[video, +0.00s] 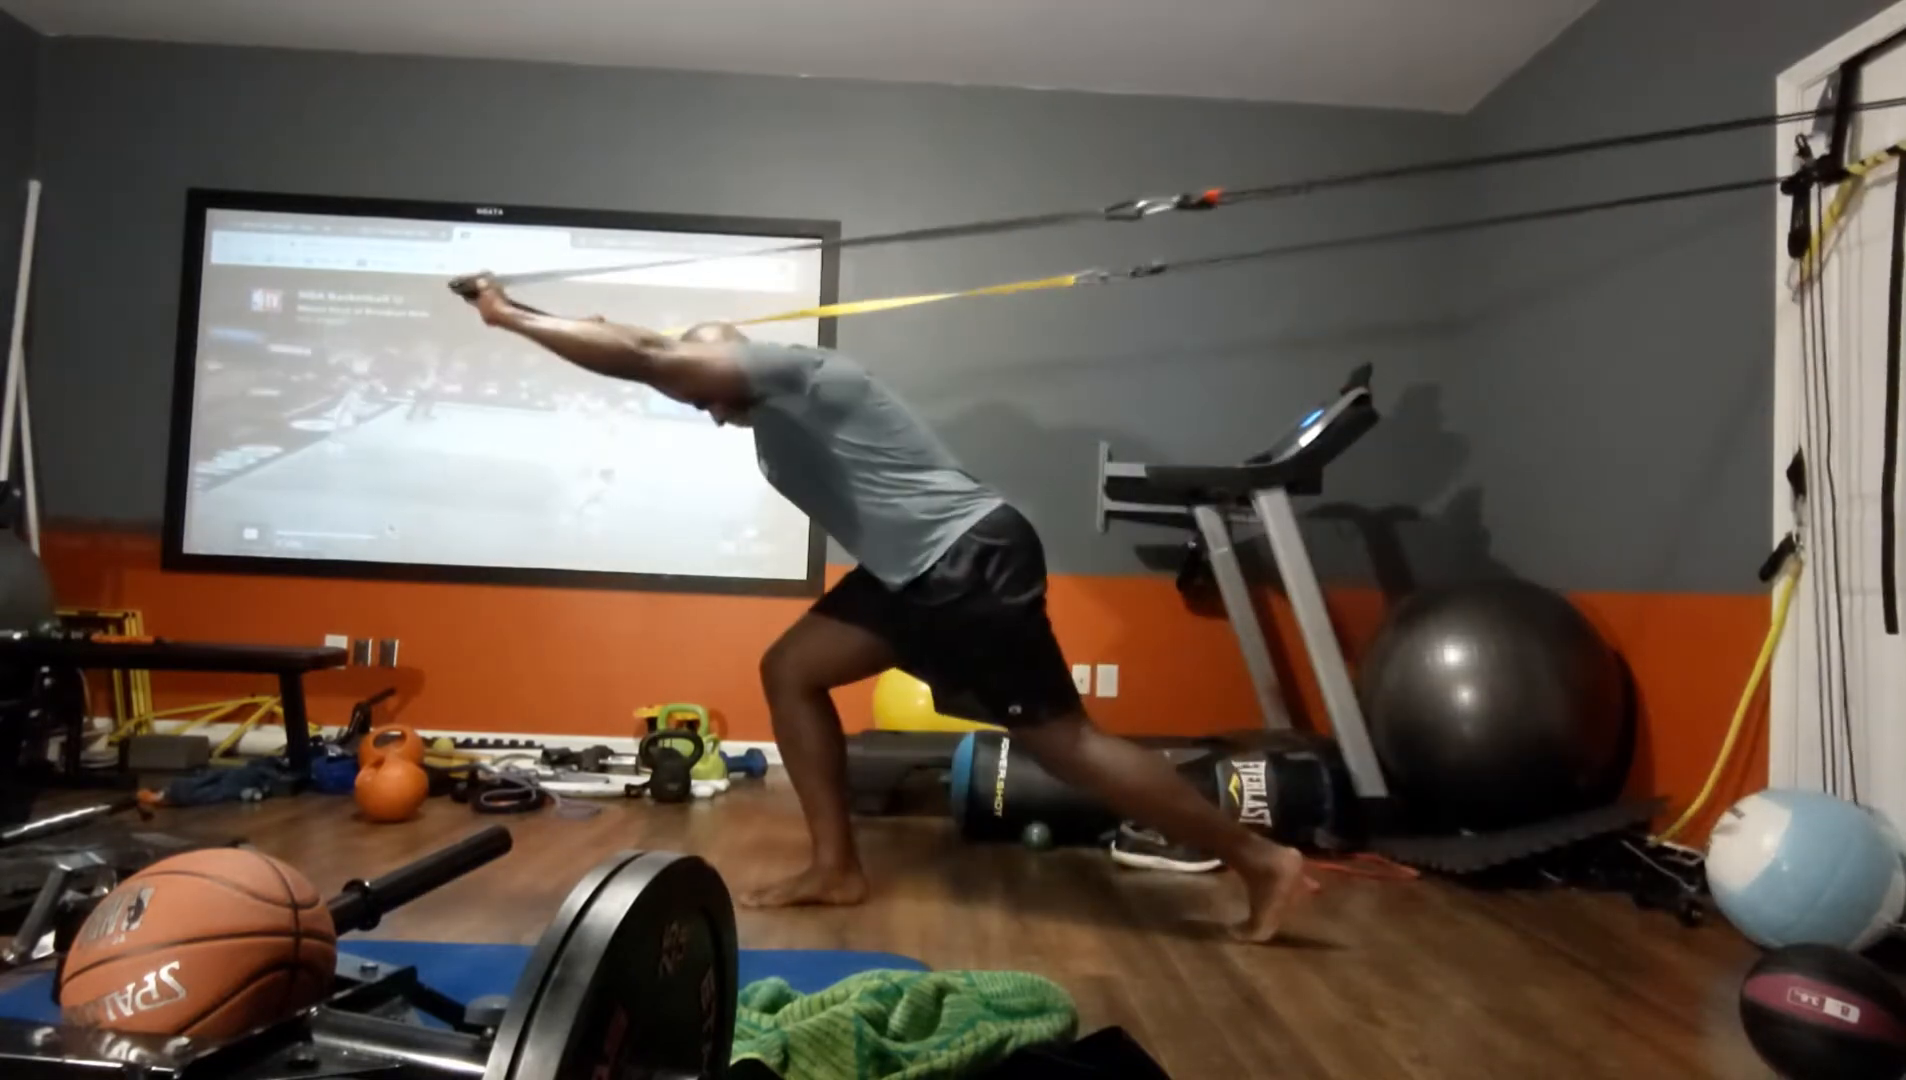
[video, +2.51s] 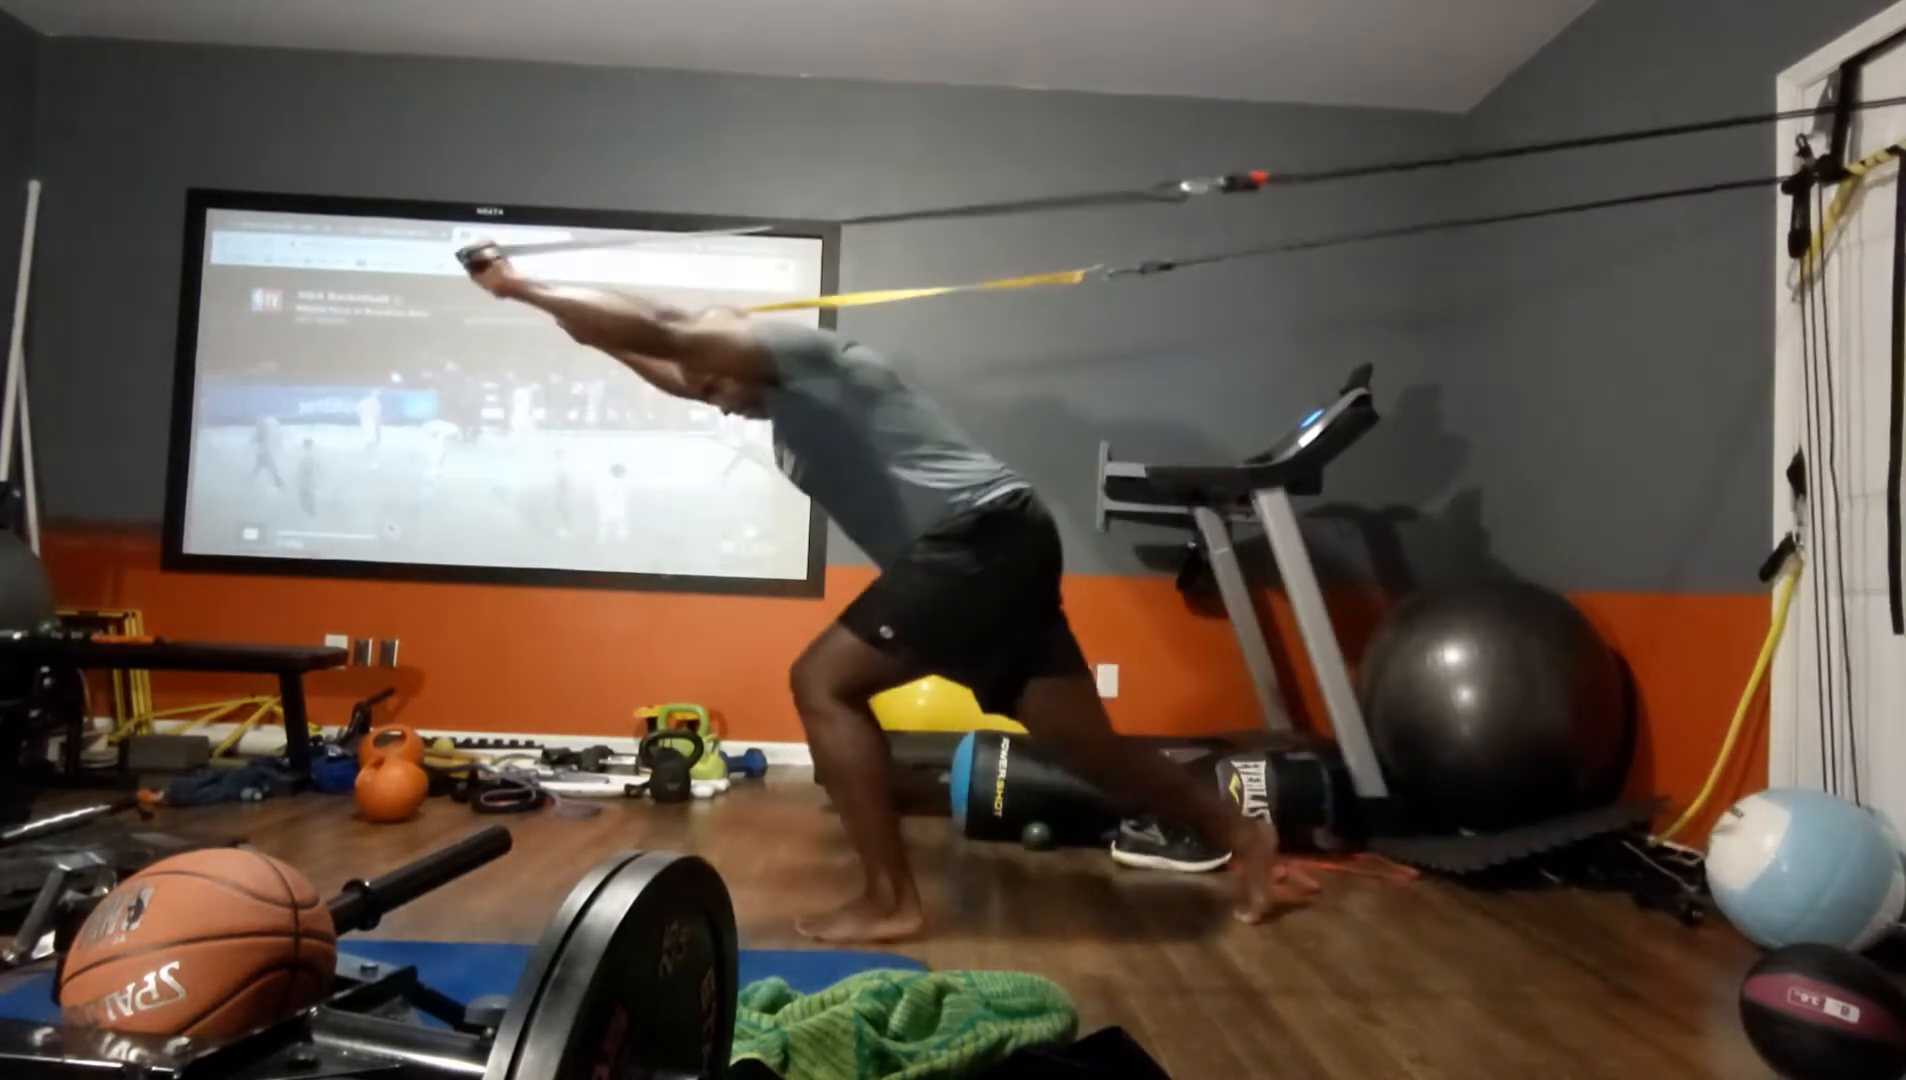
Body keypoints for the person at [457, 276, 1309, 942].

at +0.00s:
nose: (689, 394)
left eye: (691, 376)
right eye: (683, 384)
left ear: (731, 355)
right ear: (755, 366)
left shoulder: (789, 367)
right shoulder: (800, 413)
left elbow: (644, 357)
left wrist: (518, 321)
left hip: (970, 558)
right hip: (915, 569)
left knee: (1068, 746)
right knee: (790, 668)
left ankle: (1262, 859)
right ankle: (833, 868)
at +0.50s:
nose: (883, 270)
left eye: (895, 250)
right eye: (876, 258)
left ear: (940, 243)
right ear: (881, 262)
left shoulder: (988, 283)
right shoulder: (939, 343)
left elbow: (929, 338)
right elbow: (900, 398)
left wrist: (803, 317)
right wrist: (815, 363)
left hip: (1084, 523)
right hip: (1010, 542)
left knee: (1126, 736)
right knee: (903, 669)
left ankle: (1296, 872)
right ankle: (845, 871)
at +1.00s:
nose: (1093, 201)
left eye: (1106, 181)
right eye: (1092, 187)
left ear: (1159, 181)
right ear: (1131, 193)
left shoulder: (1218, 241)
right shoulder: (1154, 292)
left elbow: (1331, 313)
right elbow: (1192, 399)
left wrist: (1231, 350)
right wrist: (1114, 410)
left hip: (1272, 490)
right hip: (1215, 502)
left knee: (1251, 693)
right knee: (1204, 685)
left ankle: (1329, 887)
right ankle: (1333, 838)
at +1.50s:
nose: (1113, 202)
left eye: (1127, 185)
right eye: (1114, 187)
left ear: (1177, 188)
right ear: (1168, 192)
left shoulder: (1231, 246)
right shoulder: (1179, 288)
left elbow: (1338, 320)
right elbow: (1237, 402)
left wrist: (1246, 384)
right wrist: (1162, 424)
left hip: (1311, 495)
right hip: (1242, 511)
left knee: (1346, 693)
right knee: (1234, 690)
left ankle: (1459, 884)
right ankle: (1325, 869)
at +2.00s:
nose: (968, 262)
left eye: (974, 241)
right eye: (959, 250)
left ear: (1020, 223)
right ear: (969, 255)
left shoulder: (1076, 274)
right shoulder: (1027, 319)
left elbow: (1121, 361)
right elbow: (1040, 416)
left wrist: (1001, 356)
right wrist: (959, 396)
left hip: (1149, 504)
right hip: (1120, 514)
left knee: (1019, 665)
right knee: (1182, 725)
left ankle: (1125, 829)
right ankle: (1314, 854)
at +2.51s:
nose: (694, 390)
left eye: (694, 374)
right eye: (682, 383)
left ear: (732, 344)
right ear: (736, 367)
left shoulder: (802, 353)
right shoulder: (800, 414)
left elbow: (655, 338)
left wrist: (524, 288)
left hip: (980, 534)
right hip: (996, 544)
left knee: (822, 686)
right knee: (1091, 748)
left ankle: (888, 899)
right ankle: (1246, 843)